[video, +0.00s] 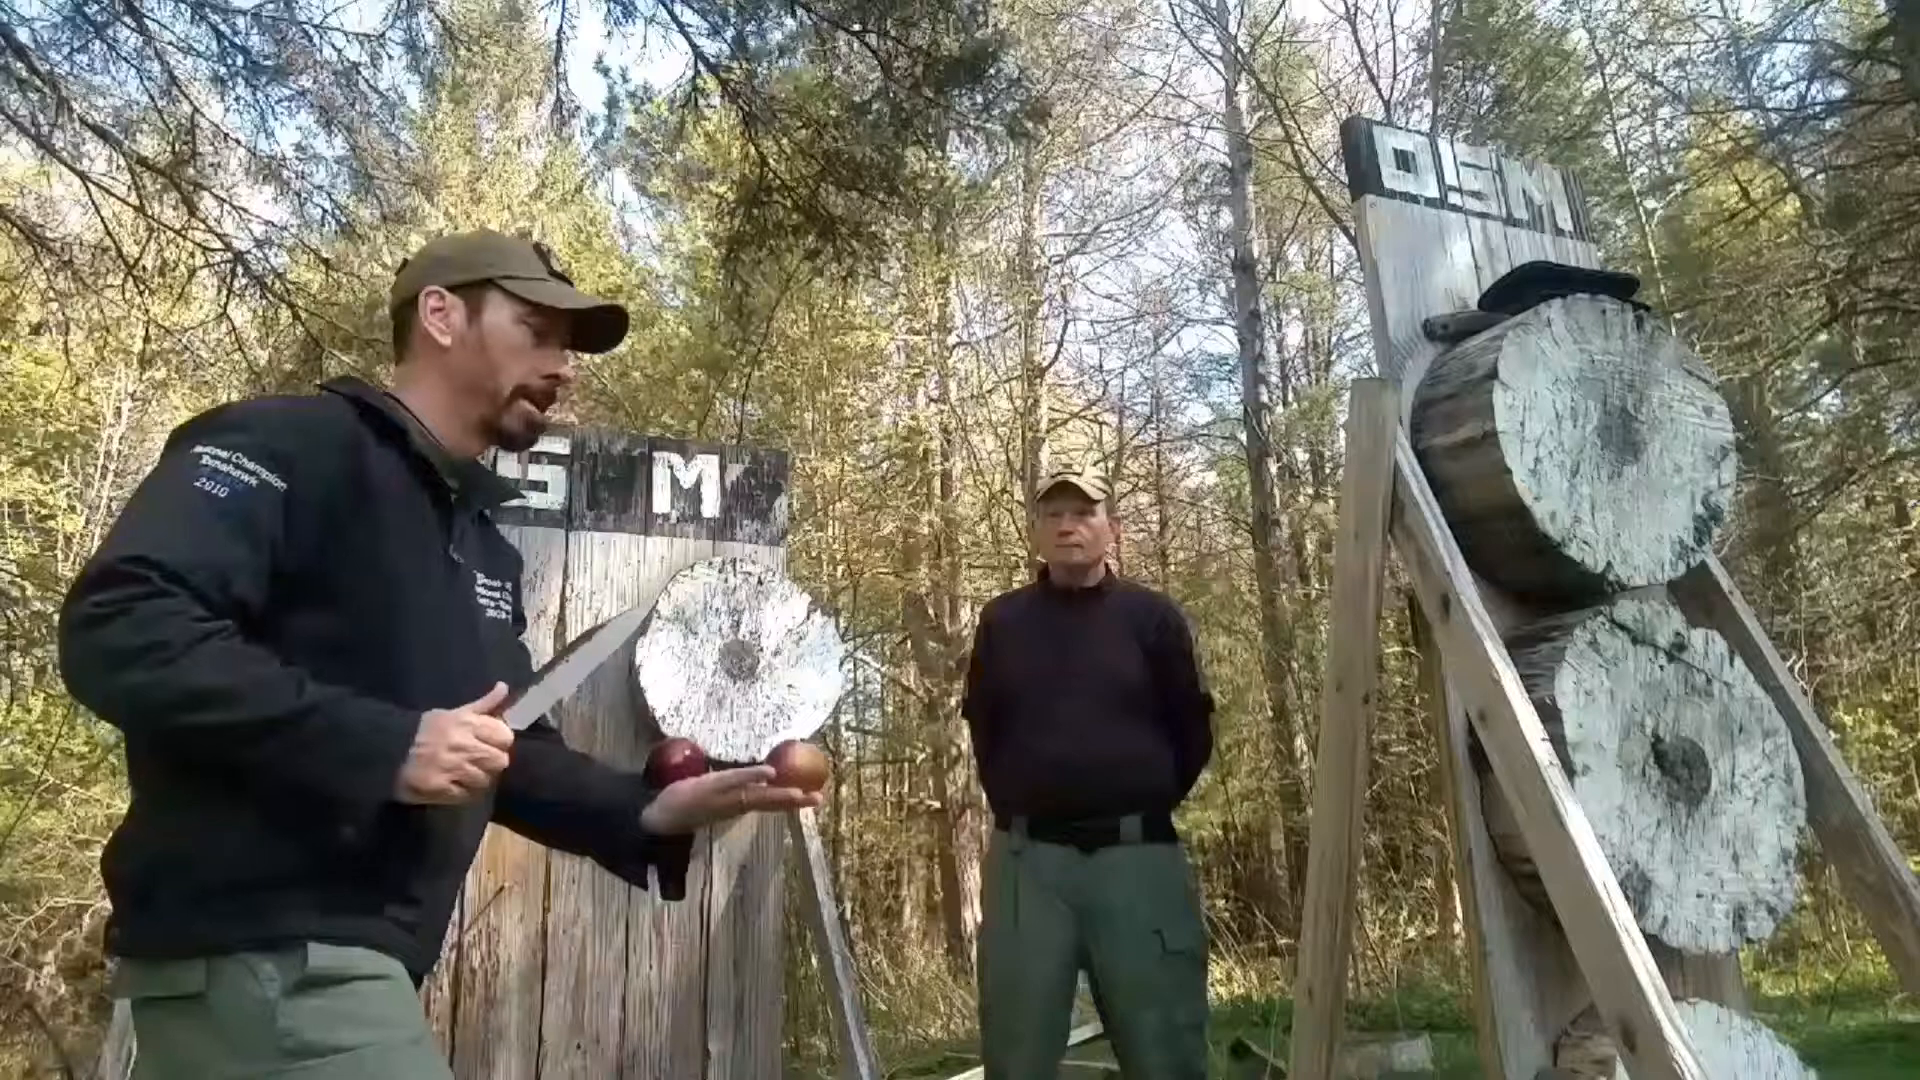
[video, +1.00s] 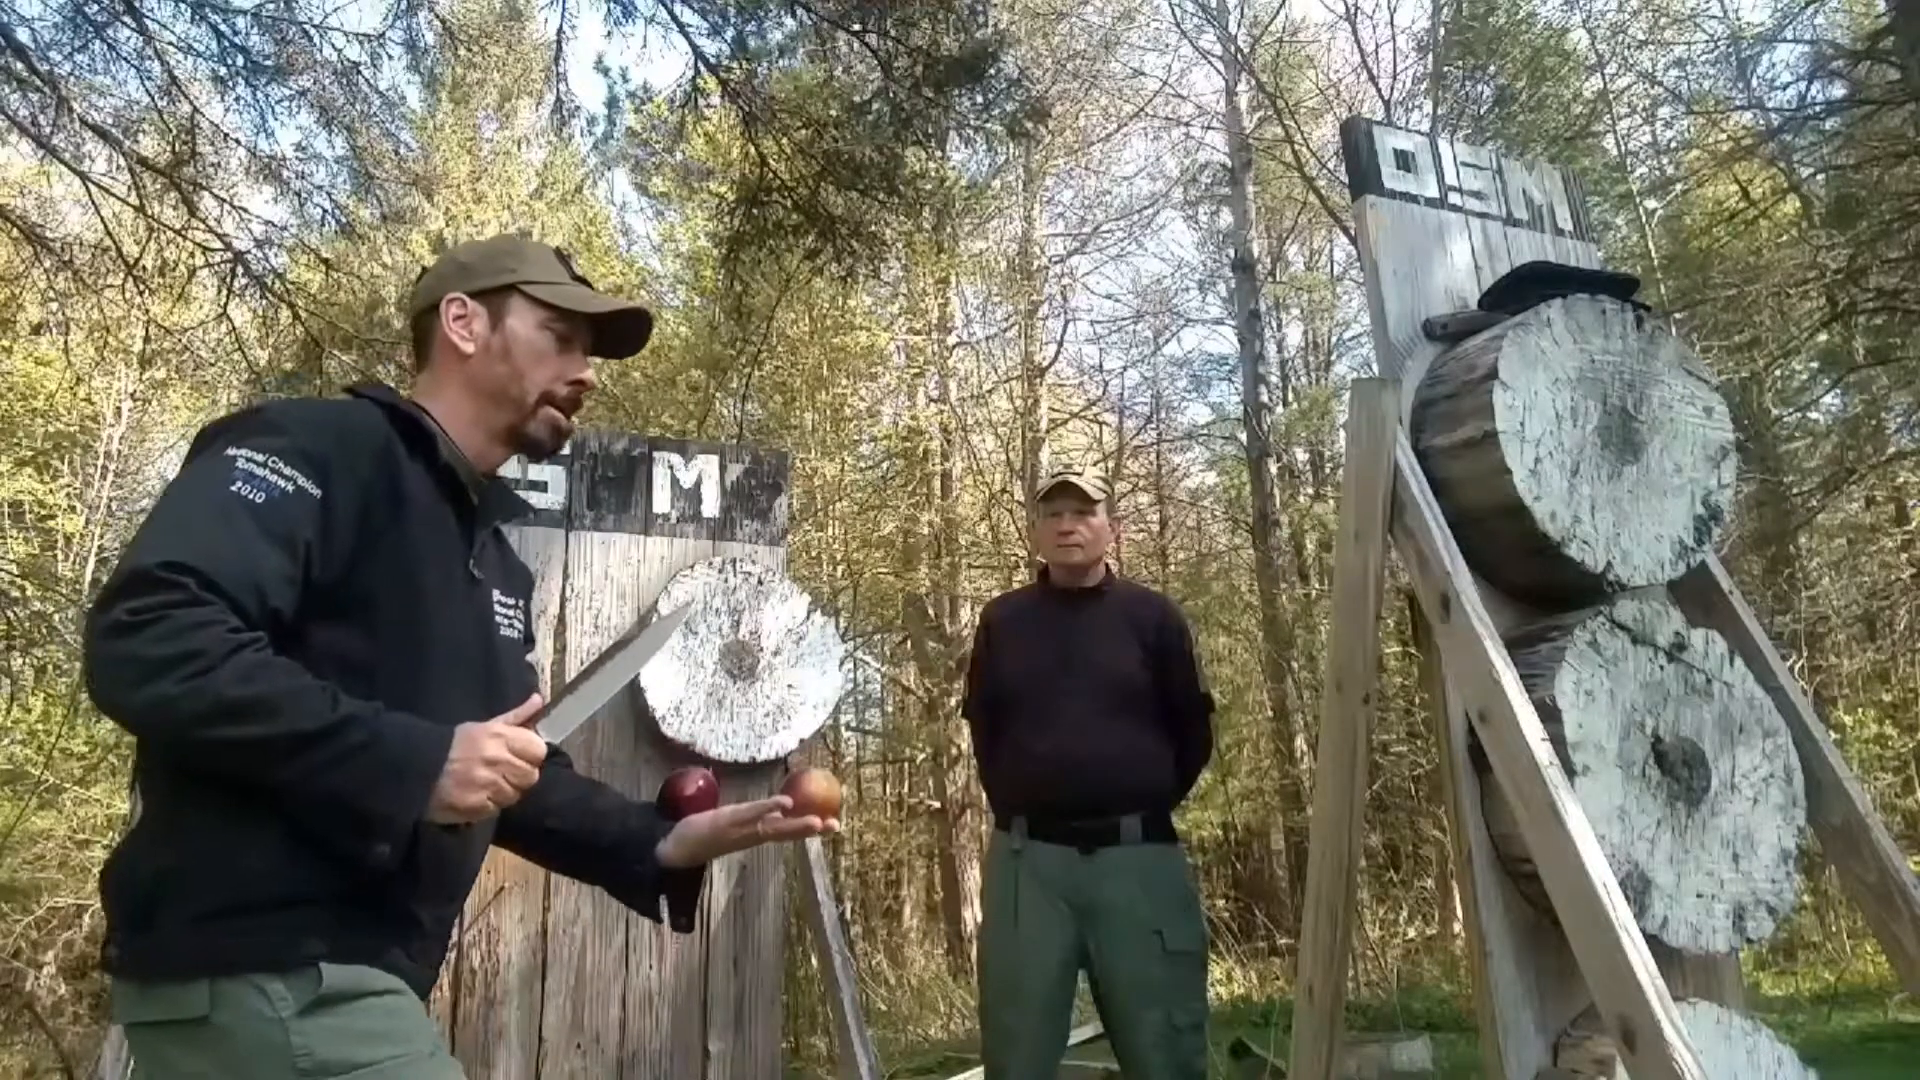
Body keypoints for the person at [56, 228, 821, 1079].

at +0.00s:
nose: (565, 369)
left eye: (572, 346)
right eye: (543, 331)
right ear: (443, 316)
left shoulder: (487, 553)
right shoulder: (285, 445)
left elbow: (487, 749)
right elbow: (118, 628)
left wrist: (652, 808)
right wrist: (385, 743)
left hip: (348, 967)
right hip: (264, 968)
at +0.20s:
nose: (572, 364)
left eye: (577, 342)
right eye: (550, 327)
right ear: (449, 313)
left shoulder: (488, 546)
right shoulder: (298, 436)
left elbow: (493, 748)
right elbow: (126, 622)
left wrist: (657, 808)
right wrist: (396, 740)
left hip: (349, 965)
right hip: (270, 966)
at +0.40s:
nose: (583, 354)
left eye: (588, 334)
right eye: (559, 318)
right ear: (458, 305)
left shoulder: (493, 539)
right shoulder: (316, 421)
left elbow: (496, 742)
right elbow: (141, 607)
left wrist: (658, 808)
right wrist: (413, 728)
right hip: (275, 956)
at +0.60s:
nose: (589, 350)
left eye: (594, 331)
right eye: (565, 314)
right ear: (464, 302)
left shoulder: (494, 537)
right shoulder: (321, 418)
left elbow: (493, 740)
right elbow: (150, 601)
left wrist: (660, 809)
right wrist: (421, 725)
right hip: (279, 954)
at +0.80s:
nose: (591, 354)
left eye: (596, 334)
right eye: (567, 319)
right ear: (466, 308)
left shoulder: (495, 539)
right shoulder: (322, 422)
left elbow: (493, 747)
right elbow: (151, 608)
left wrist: (660, 817)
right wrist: (421, 733)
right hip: (275, 964)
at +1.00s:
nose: (586, 374)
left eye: (592, 350)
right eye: (565, 336)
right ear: (464, 324)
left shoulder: (492, 556)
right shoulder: (312, 447)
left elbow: (492, 763)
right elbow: (146, 640)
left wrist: (657, 841)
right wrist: (417, 759)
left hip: (353, 979)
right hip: (264, 979)